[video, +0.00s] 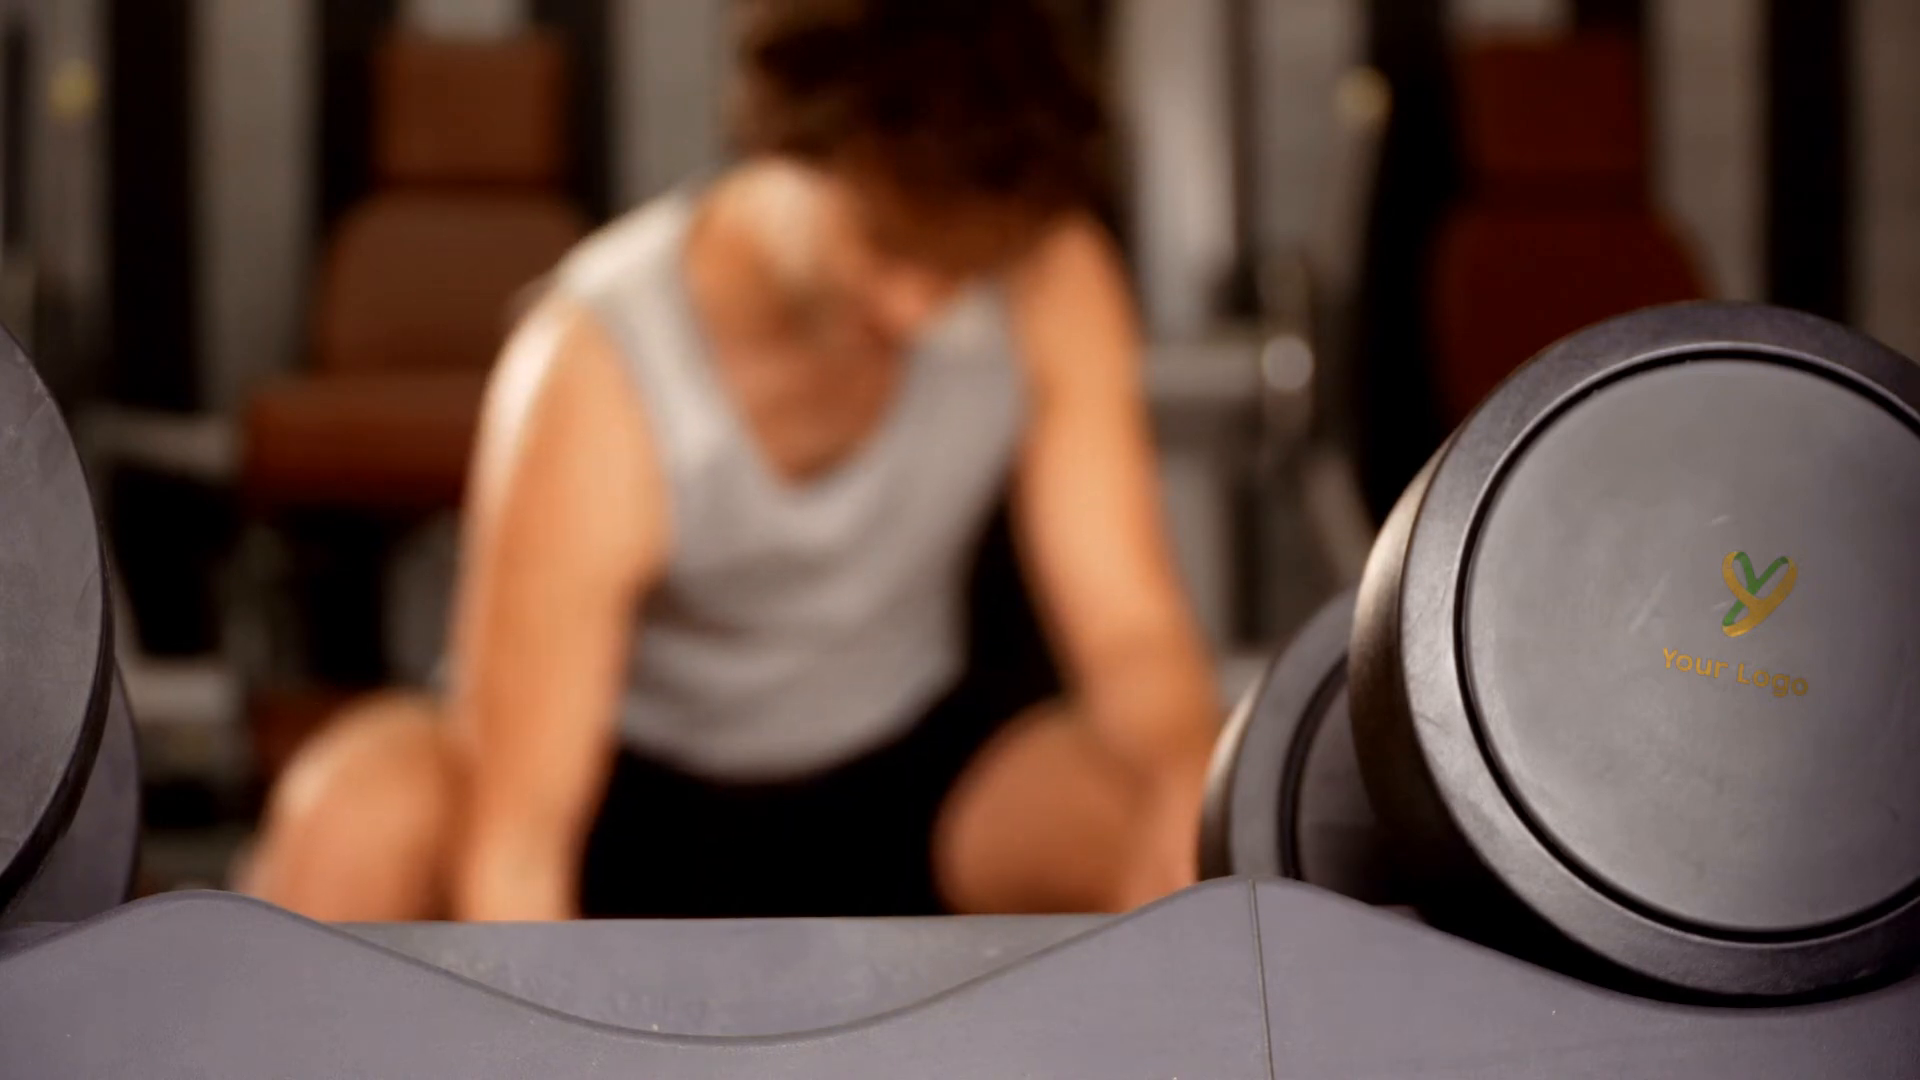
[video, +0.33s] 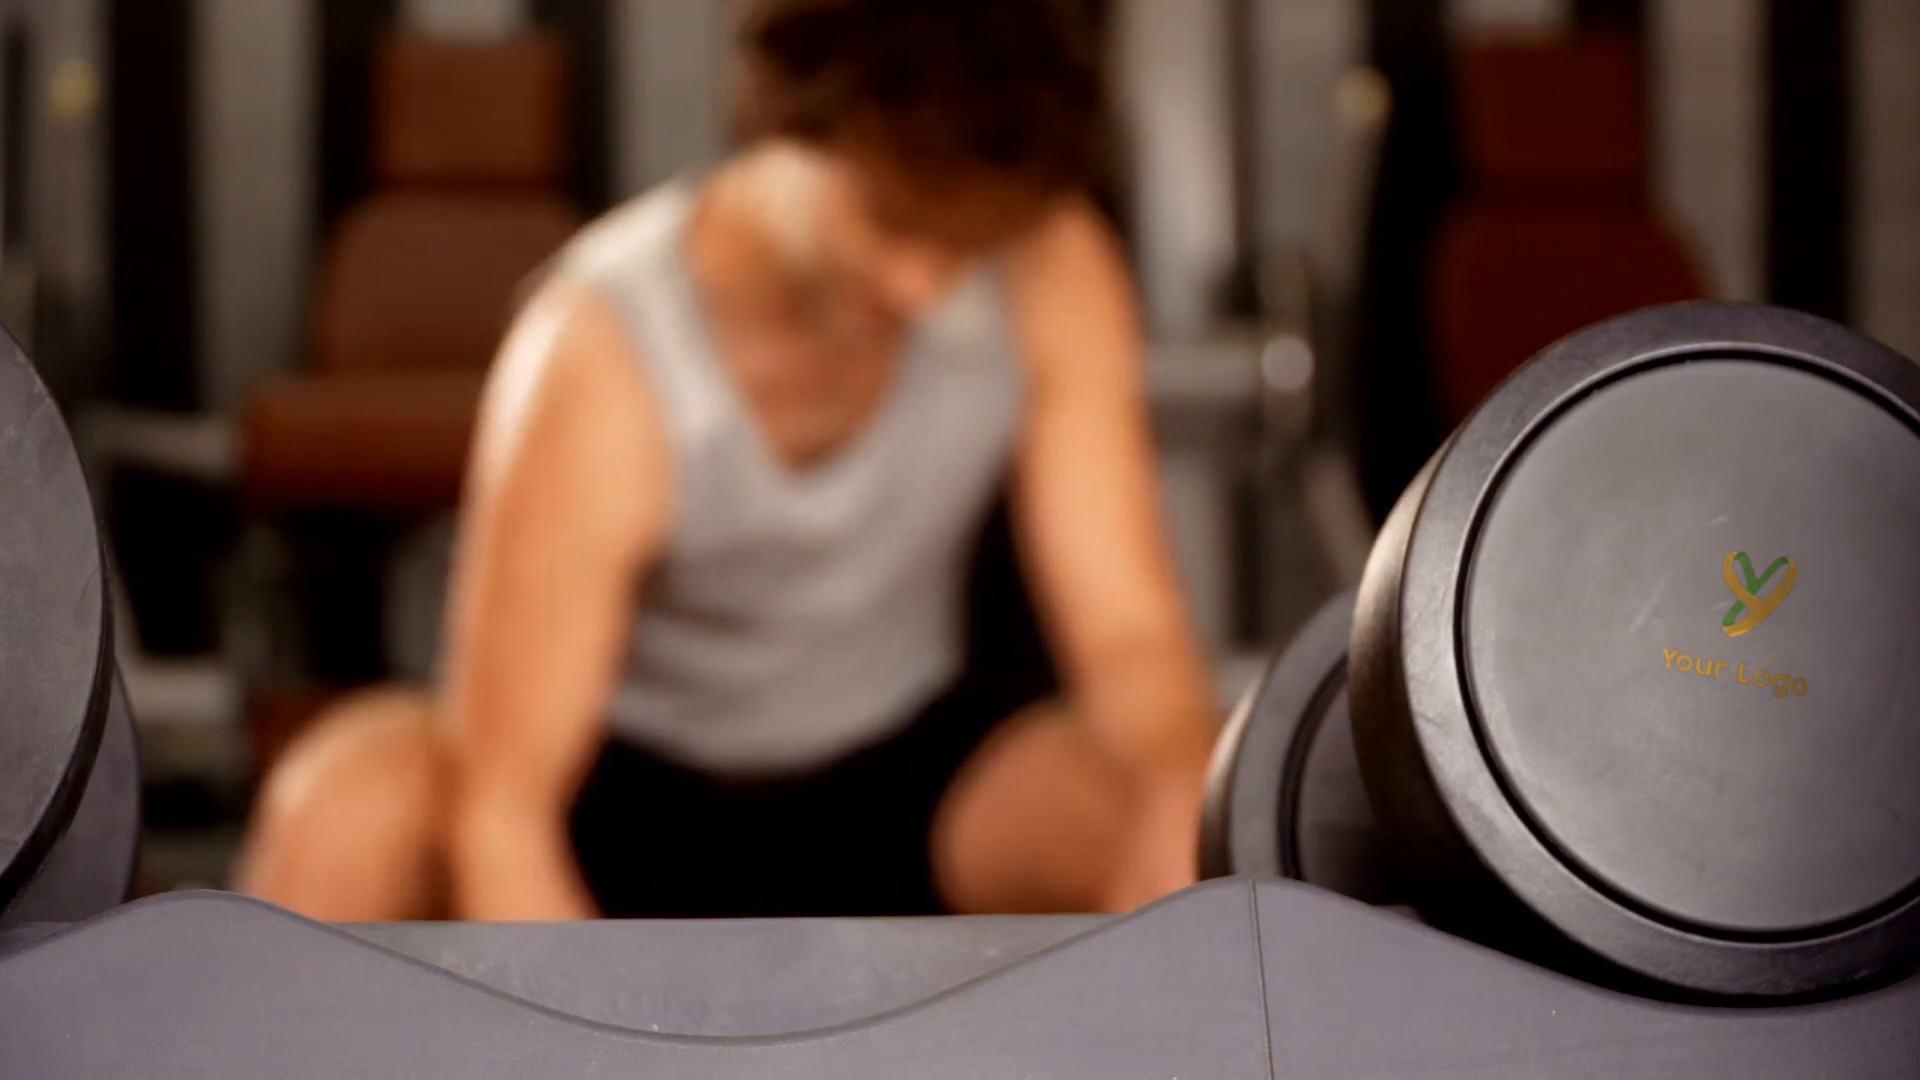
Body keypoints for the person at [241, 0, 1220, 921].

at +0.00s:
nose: (917, 311)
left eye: (968, 267)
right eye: (888, 249)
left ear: (1023, 224)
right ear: (796, 152)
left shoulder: (1044, 269)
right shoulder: (591, 365)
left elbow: (1133, 644)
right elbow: (521, 832)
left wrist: (1203, 843)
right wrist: (531, 1079)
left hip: (900, 785)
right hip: (622, 801)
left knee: (1192, 811)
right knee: (355, 798)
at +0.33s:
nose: (922, 291)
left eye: (972, 244)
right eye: (889, 227)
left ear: (1025, 197)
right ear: (794, 137)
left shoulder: (1045, 259)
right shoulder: (597, 348)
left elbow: (1129, 640)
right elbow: (503, 806)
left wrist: (1187, 847)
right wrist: (600, 1057)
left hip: (901, 783)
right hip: (627, 798)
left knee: (1188, 812)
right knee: (343, 790)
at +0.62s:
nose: (915, 247)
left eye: (964, 202)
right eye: (883, 186)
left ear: (1012, 164)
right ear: (786, 94)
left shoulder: (1045, 255)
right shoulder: (587, 314)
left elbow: (1129, 636)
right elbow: (508, 756)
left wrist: (1187, 846)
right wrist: (684, 962)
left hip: (902, 773)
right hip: (624, 784)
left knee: (1193, 811)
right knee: (361, 791)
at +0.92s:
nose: (906, 230)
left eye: (952, 181)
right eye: (870, 166)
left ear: (1007, 144)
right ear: (770, 76)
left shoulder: (1030, 257)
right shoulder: (538, 310)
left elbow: (1132, 639)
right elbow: (524, 736)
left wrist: (1186, 836)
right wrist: (859, 766)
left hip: (890, 810)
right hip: (617, 820)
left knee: (1191, 781)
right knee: (377, 777)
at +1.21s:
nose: (869, 230)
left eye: (914, 181)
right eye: (834, 169)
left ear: (965, 142)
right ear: (735, 90)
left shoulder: (1001, 257)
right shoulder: (483, 319)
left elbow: (1120, 632)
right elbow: (523, 750)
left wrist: (1180, 884)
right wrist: (745, 704)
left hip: (898, 785)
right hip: (601, 795)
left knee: (1169, 807)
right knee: (371, 805)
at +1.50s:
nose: (854, 233)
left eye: (901, 183)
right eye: (815, 173)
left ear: (949, 148)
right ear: (709, 102)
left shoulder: (990, 255)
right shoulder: (466, 330)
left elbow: (1119, 633)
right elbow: (531, 771)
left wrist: (1180, 885)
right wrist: (750, 653)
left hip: (891, 783)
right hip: (598, 807)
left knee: (1181, 813)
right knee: (374, 804)